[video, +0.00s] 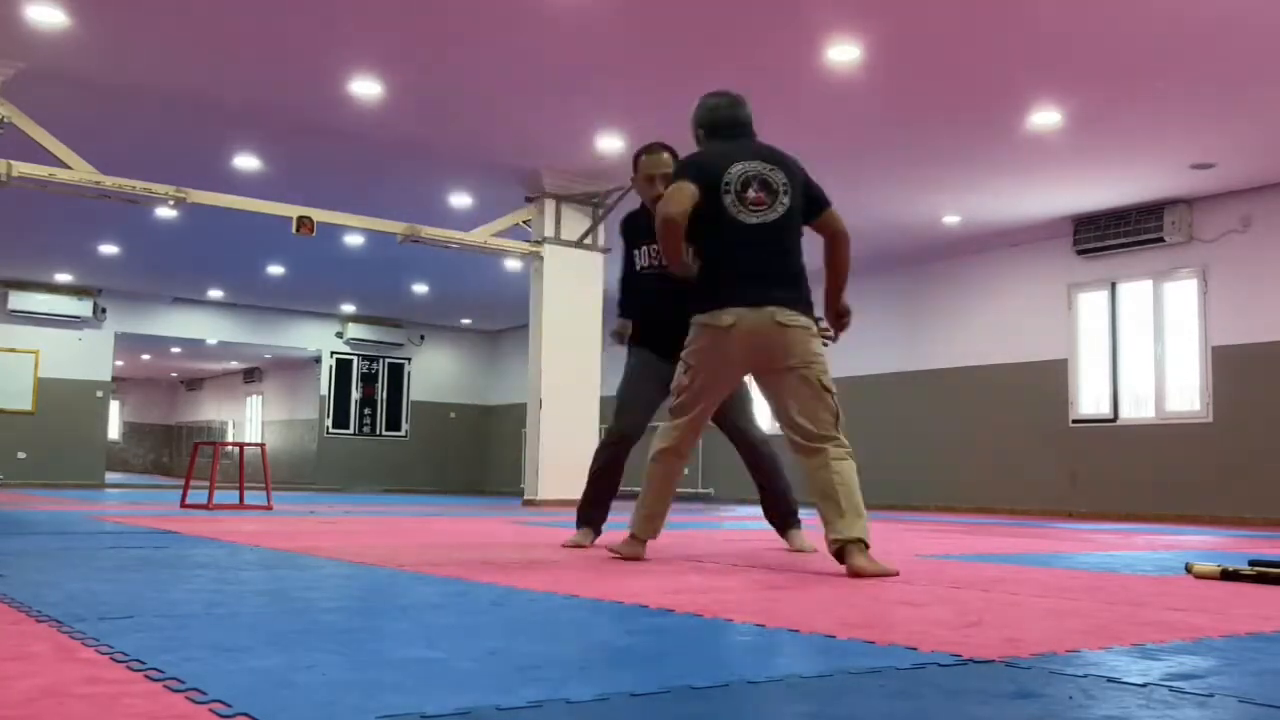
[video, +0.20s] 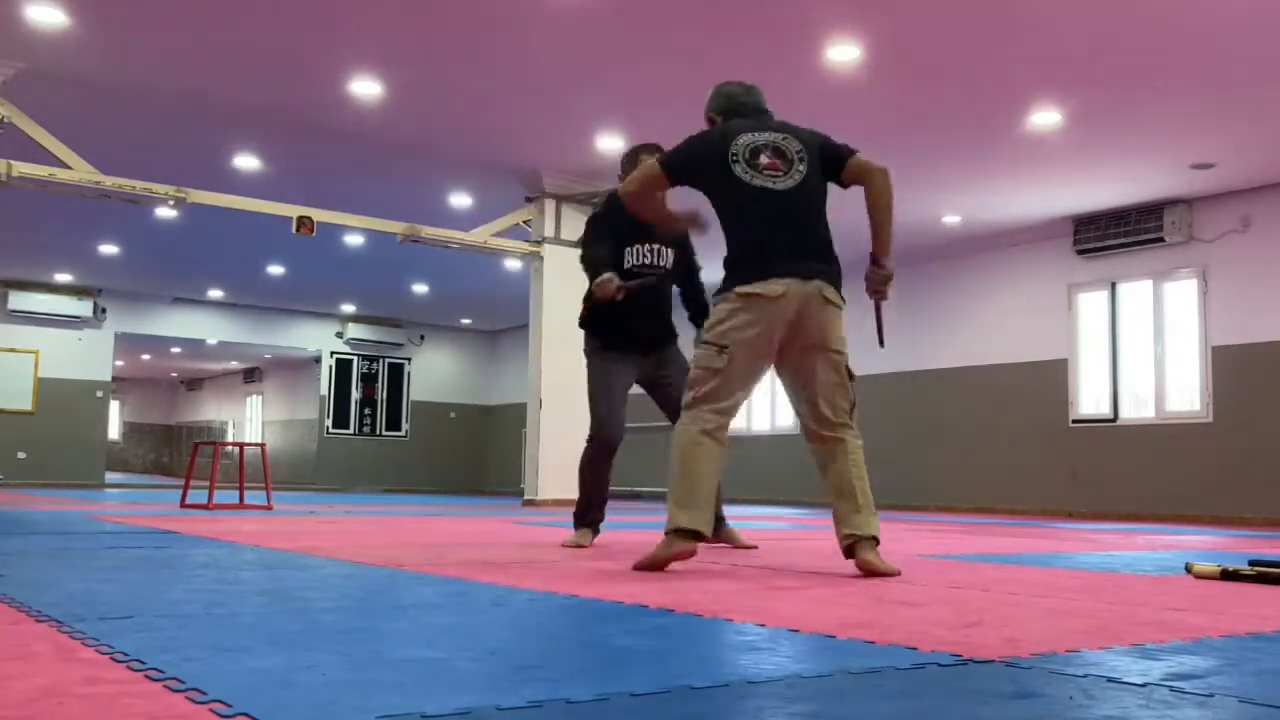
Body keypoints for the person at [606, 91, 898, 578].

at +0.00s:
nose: (691, 142)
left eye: (692, 135)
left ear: (701, 132)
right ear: (749, 126)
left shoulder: (699, 163)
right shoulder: (787, 166)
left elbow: (671, 210)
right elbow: (836, 232)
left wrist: (677, 265)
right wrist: (836, 300)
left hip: (721, 321)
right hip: (790, 321)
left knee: (677, 428)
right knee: (823, 439)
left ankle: (638, 536)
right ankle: (853, 548)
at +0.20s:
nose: (706, 131)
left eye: (706, 124)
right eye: (708, 125)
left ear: (715, 119)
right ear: (764, 110)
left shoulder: (708, 145)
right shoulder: (807, 140)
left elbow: (634, 190)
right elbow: (875, 174)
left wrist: (672, 223)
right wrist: (881, 257)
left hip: (753, 291)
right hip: (820, 292)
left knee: (704, 415)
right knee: (834, 424)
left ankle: (683, 532)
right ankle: (862, 542)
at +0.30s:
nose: (702, 136)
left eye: (704, 128)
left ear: (709, 126)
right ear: (759, 118)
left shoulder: (697, 155)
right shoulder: (796, 136)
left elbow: (632, 214)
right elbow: (864, 145)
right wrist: (879, 232)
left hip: (750, 286)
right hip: (820, 287)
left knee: (709, 414)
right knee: (842, 416)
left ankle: (685, 540)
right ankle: (866, 539)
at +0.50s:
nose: (717, 137)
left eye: (718, 130)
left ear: (724, 129)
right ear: (773, 121)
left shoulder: (710, 160)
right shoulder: (809, 139)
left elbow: (655, 223)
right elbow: (874, 147)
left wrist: (624, 278)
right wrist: (878, 232)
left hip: (754, 294)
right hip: (826, 291)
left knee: (712, 422)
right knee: (855, 420)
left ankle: (684, 542)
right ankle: (886, 545)